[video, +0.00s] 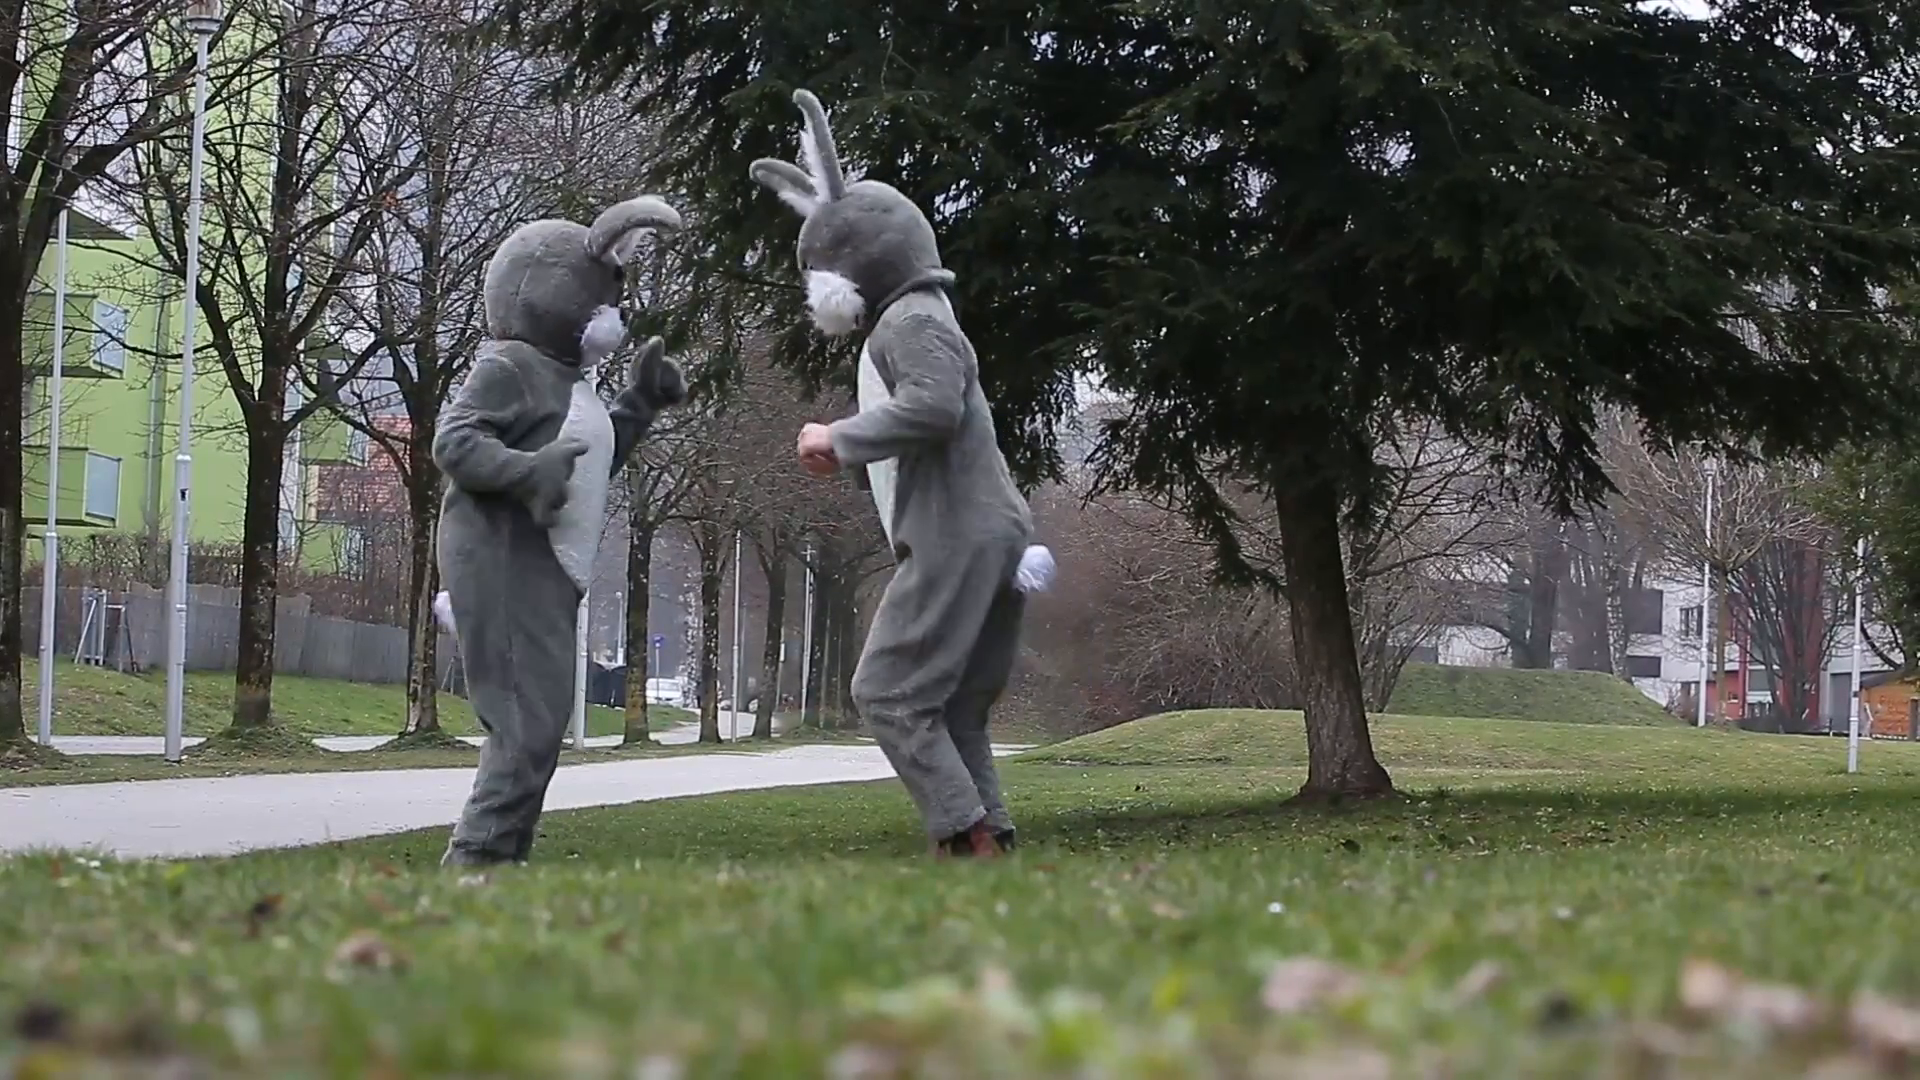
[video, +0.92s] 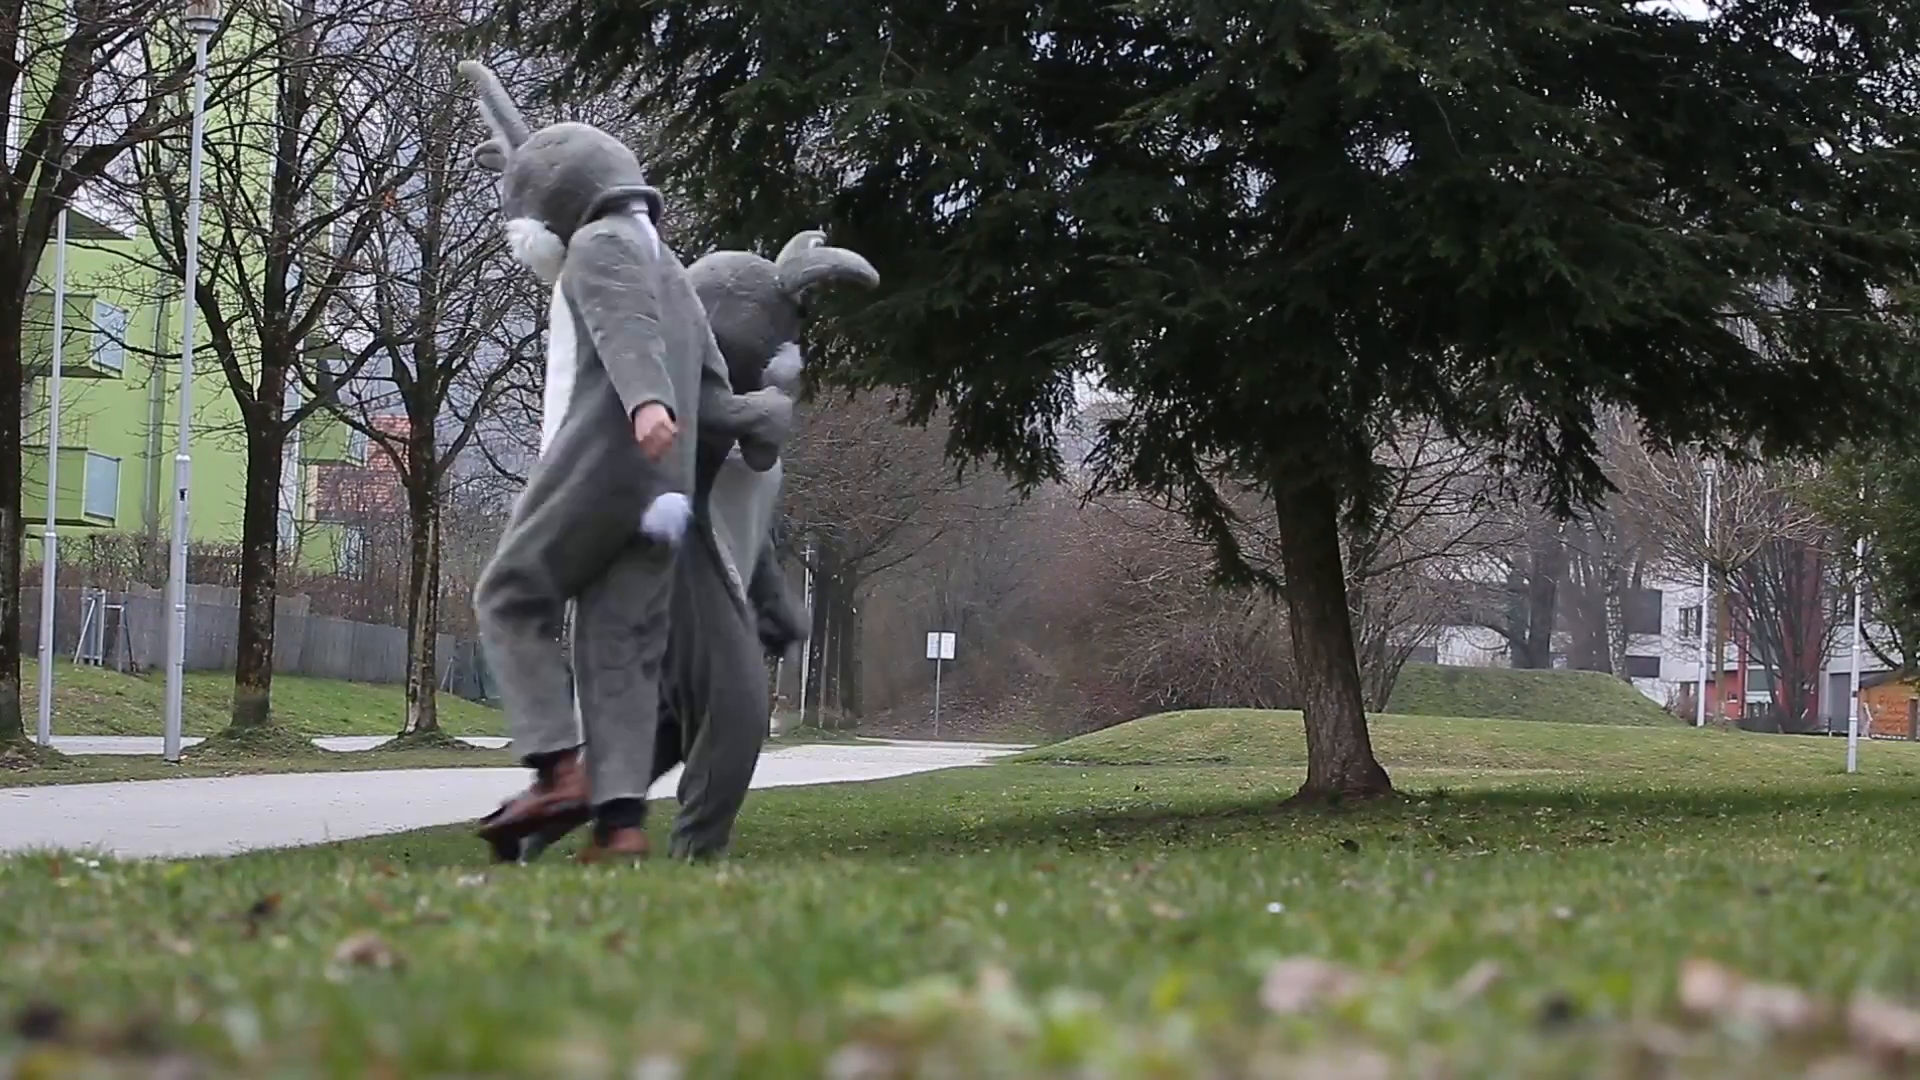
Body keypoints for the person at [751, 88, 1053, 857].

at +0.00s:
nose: (815, 291)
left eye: (821, 272)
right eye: (812, 275)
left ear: (860, 261)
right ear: (882, 257)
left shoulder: (912, 319)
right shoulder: (915, 323)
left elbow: (933, 406)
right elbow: (925, 418)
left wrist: (842, 436)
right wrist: (845, 445)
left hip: (957, 537)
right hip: (987, 534)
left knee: (887, 692)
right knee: (955, 705)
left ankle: (967, 837)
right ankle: (988, 838)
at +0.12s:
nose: (800, 283)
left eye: (805, 265)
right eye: (797, 268)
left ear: (844, 253)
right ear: (861, 250)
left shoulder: (902, 319)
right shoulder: (883, 324)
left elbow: (952, 422)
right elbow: (866, 423)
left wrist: (868, 465)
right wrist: (781, 424)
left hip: (938, 519)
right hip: (957, 519)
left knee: (876, 692)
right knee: (961, 696)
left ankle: (937, 835)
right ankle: (987, 836)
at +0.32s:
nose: (755, 282)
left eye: (760, 263)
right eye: (752, 266)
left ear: (797, 248)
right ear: (801, 249)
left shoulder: (862, 315)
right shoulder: (827, 325)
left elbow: (899, 418)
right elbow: (798, 413)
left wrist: (811, 464)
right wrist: (703, 425)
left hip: (894, 531)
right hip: (857, 532)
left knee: (871, 697)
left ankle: (925, 851)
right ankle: (955, 821)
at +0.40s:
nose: (732, 273)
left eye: (736, 255)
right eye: (728, 259)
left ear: (772, 245)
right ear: (785, 240)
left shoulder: (835, 306)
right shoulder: (805, 313)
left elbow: (848, 412)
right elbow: (775, 408)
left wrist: (748, 452)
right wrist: (691, 425)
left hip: (872, 540)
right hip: (830, 540)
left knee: (876, 704)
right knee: (785, 689)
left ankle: (930, 854)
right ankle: (887, 815)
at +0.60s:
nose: (656, 261)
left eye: (663, 242)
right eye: (653, 246)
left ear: (701, 233)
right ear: (721, 230)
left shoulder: (756, 302)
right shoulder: (729, 311)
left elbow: (695, 397)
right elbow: (690, 411)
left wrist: (598, 428)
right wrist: (614, 445)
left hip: (787, 535)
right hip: (734, 546)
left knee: (817, 694)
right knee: (690, 689)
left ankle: (910, 835)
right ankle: (724, 842)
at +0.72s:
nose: (617, 260)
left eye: (619, 242)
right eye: (613, 246)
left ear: (652, 227)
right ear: (675, 221)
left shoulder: (710, 292)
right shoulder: (685, 300)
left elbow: (676, 387)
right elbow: (661, 405)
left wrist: (576, 425)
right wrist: (603, 458)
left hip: (712, 528)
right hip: (677, 531)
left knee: (667, 678)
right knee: (660, 685)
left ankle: (815, 775)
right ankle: (719, 839)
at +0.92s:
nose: (524, 237)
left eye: (526, 219)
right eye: (520, 223)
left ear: (561, 198)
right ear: (611, 187)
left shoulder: (596, 245)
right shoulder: (668, 267)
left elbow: (625, 330)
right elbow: (712, 383)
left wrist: (648, 401)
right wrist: (749, 430)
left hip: (602, 457)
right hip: (662, 474)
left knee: (512, 594)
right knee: (622, 643)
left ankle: (557, 770)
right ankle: (621, 826)